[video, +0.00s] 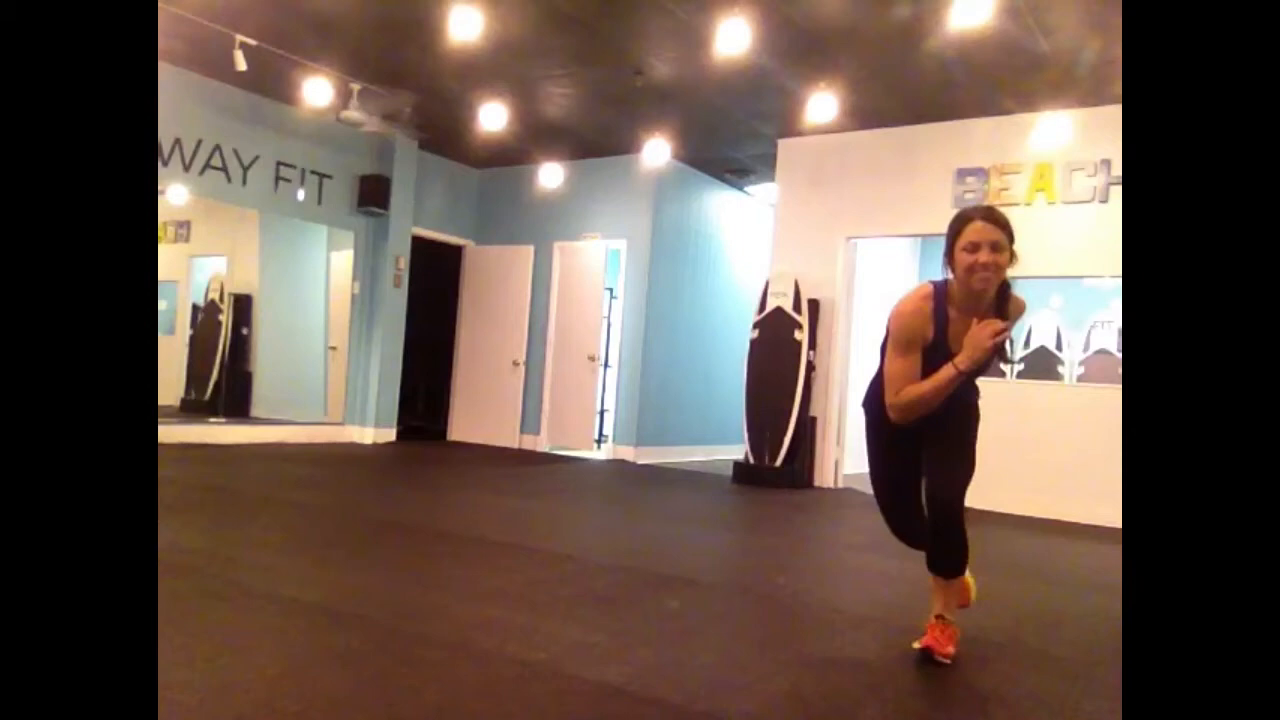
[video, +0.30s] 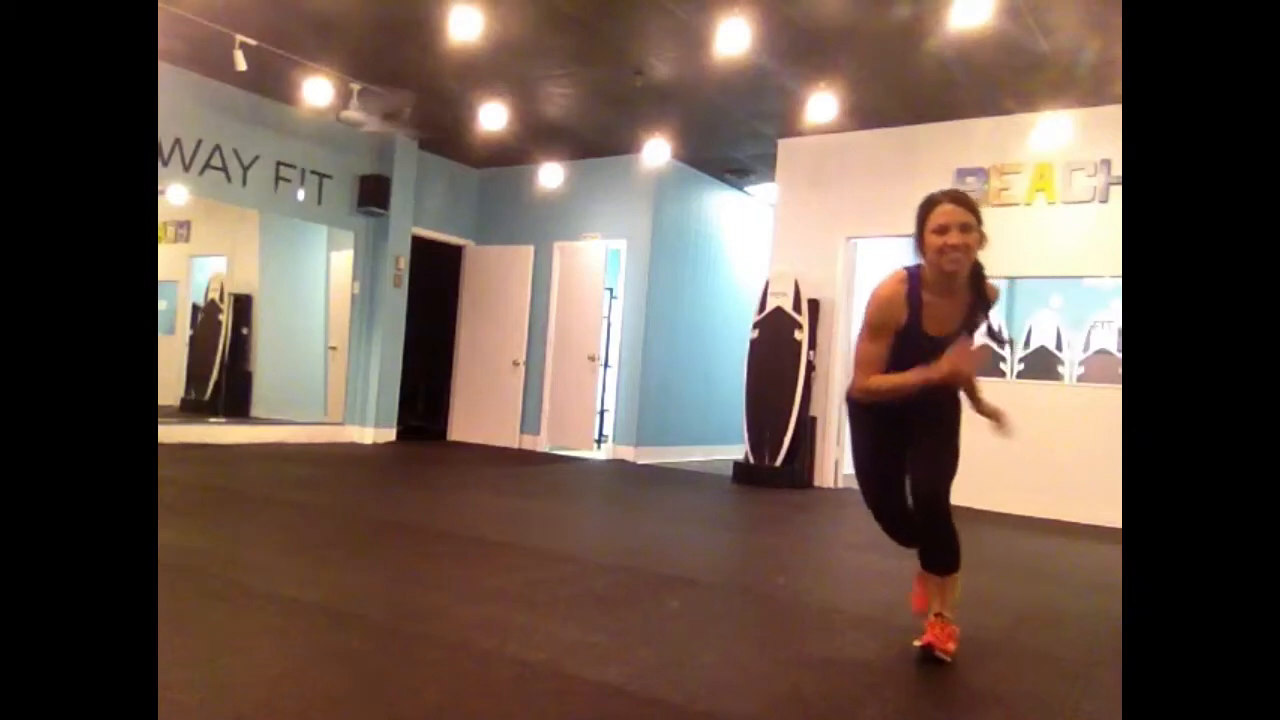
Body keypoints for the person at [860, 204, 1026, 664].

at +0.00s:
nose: (984, 258)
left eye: (996, 248)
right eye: (971, 248)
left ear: (1009, 260)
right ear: (951, 258)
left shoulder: (1010, 309)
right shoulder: (913, 313)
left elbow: (979, 354)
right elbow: (898, 408)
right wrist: (964, 362)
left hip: (954, 406)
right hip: (895, 411)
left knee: (945, 508)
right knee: (905, 524)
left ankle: (940, 620)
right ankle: (953, 562)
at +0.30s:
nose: (953, 240)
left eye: (964, 230)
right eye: (940, 230)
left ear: (979, 241)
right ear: (921, 242)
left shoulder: (982, 294)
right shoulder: (891, 296)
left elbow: (956, 348)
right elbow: (861, 386)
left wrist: (975, 398)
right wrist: (937, 372)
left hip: (936, 403)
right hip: (878, 407)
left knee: (931, 504)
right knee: (891, 516)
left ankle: (942, 617)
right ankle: (931, 552)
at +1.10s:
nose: (550, 253)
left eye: (565, 245)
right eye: (543, 243)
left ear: (589, 259)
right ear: (533, 252)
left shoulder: (610, 324)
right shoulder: (526, 303)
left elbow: (583, 408)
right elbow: (529, 343)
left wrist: (536, 338)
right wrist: (525, 384)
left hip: (608, 413)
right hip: (553, 401)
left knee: (585, 539)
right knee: (510, 483)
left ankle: (608, 523)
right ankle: (508, 590)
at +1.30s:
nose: (521, 271)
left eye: (537, 263)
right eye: (515, 260)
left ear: (564, 278)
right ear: (505, 268)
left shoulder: (586, 337)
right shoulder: (503, 322)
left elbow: (559, 433)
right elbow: (522, 386)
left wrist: (500, 362)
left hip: (598, 425)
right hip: (540, 410)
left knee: (547, 542)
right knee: (496, 484)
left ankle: (520, 524)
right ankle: (505, 589)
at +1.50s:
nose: (584, 220)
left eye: (597, 211)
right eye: (577, 209)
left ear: (621, 223)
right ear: (568, 219)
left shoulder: (639, 287)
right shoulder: (556, 280)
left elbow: (610, 369)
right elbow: (516, 351)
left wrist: (573, 293)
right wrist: (463, 382)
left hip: (630, 401)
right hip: (574, 388)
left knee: (595, 498)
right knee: (518, 477)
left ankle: (604, 531)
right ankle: (511, 590)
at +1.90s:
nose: (828, 176)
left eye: (838, 164)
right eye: (815, 167)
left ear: (858, 173)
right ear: (797, 178)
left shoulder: (886, 238)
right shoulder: (782, 247)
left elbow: (961, 300)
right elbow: (744, 329)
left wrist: (953, 371)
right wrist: (775, 285)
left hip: (848, 385)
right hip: (780, 380)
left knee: (896, 503)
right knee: (734, 443)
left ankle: (951, 636)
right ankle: (678, 503)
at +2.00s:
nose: (874, 220)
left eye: (885, 207)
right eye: (861, 210)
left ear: (906, 218)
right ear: (844, 224)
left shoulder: (931, 282)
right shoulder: (821, 288)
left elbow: (969, 349)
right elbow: (811, 378)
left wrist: (997, 429)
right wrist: (854, 319)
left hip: (899, 417)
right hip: (831, 416)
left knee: (938, 526)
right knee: (785, 531)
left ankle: (955, 647)